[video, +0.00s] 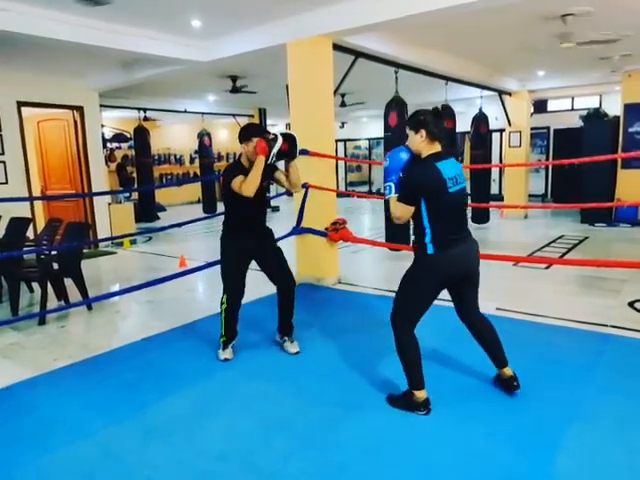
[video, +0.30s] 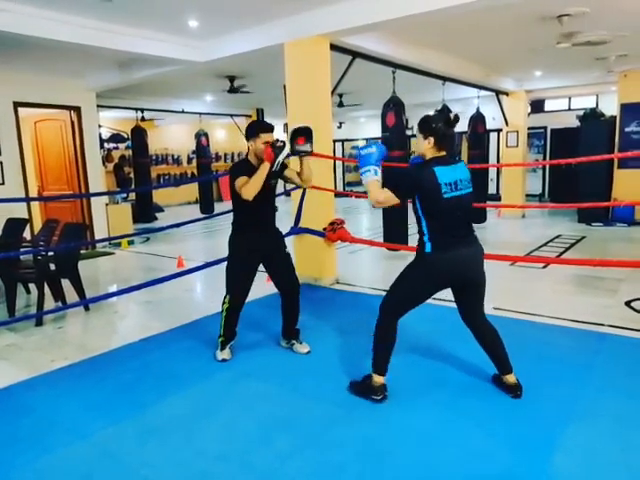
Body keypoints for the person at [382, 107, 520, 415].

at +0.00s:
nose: (408, 142)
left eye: (410, 136)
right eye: (408, 136)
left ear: (423, 136)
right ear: (435, 136)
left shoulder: (418, 171)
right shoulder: (453, 163)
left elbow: (398, 215)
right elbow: (437, 201)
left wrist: (391, 184)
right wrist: (407, 176)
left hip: (434, 262)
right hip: (466, 254)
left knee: (401, 321)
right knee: (470, 313)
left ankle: (417, 395)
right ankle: (507, 373)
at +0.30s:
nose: (416, 143)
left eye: (419, 138)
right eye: (418, 137)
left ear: (431, 141)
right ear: (444, 140)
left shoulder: (420, 173)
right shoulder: (460, 167)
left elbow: (377, 197)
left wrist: (368, 168)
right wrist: (383, 172)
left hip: (434, 262)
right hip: (470, 257)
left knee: (389, 311)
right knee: (475, 317)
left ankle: (376, 381)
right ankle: (510, 378)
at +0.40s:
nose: (402, 142)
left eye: (405, 138)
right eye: (403, 137)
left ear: (417, 141)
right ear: (429, 140)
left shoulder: (398, 170)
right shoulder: (446, 165)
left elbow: (354, 173)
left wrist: (337, 152)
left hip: (422, 261)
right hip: (458, 257)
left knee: (382, 315)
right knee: (471, 317)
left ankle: (363, 379)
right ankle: (507, 377)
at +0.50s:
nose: (387, 138)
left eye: (391, 133)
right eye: (388, 133)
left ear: (404, 137)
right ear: (416, 138)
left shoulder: (389, 165)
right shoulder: (431, 164)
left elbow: (346, 177)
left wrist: (329, 155)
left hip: (408, 258)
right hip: (442, 252)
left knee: (375, 315)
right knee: (457, 315)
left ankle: (362, 381)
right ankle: (497, 376)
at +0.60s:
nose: (381, 133)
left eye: (384, 128)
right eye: (383, 128)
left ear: (396, 133)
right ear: (403, 135)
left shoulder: (393, 168)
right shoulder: (410, 160)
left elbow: (364, 204)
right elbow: (363, 159)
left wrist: (341, 177)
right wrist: (338, 140)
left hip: (403, 254)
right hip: (431, 248)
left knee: (374, 316)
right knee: (441, 316)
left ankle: (361, 381)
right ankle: (483, 379)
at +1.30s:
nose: (400, 141)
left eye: (402, 136)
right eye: (401, 136)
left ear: (412, 135)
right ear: (430, 135)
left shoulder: (403, 171)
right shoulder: (448, 165)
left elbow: (387, 217)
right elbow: (445, 204)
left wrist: (387, 195)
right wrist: (400, 196)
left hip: (421, 262)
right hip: (456, 258)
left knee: (383, 321)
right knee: (452, 322)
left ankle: (379, 395)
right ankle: (479, 391)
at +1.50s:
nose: (378, 147)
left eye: (379, 143)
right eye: (380, 142)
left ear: (385, 145)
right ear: (407, 145)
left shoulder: (372, 176)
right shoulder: (422, 173)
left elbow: (358, 219)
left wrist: (369, 193)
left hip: (394, 270)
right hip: (432, 266)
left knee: (363, 327)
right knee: (441, 328)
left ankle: (360, 397)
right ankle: (475, 390)